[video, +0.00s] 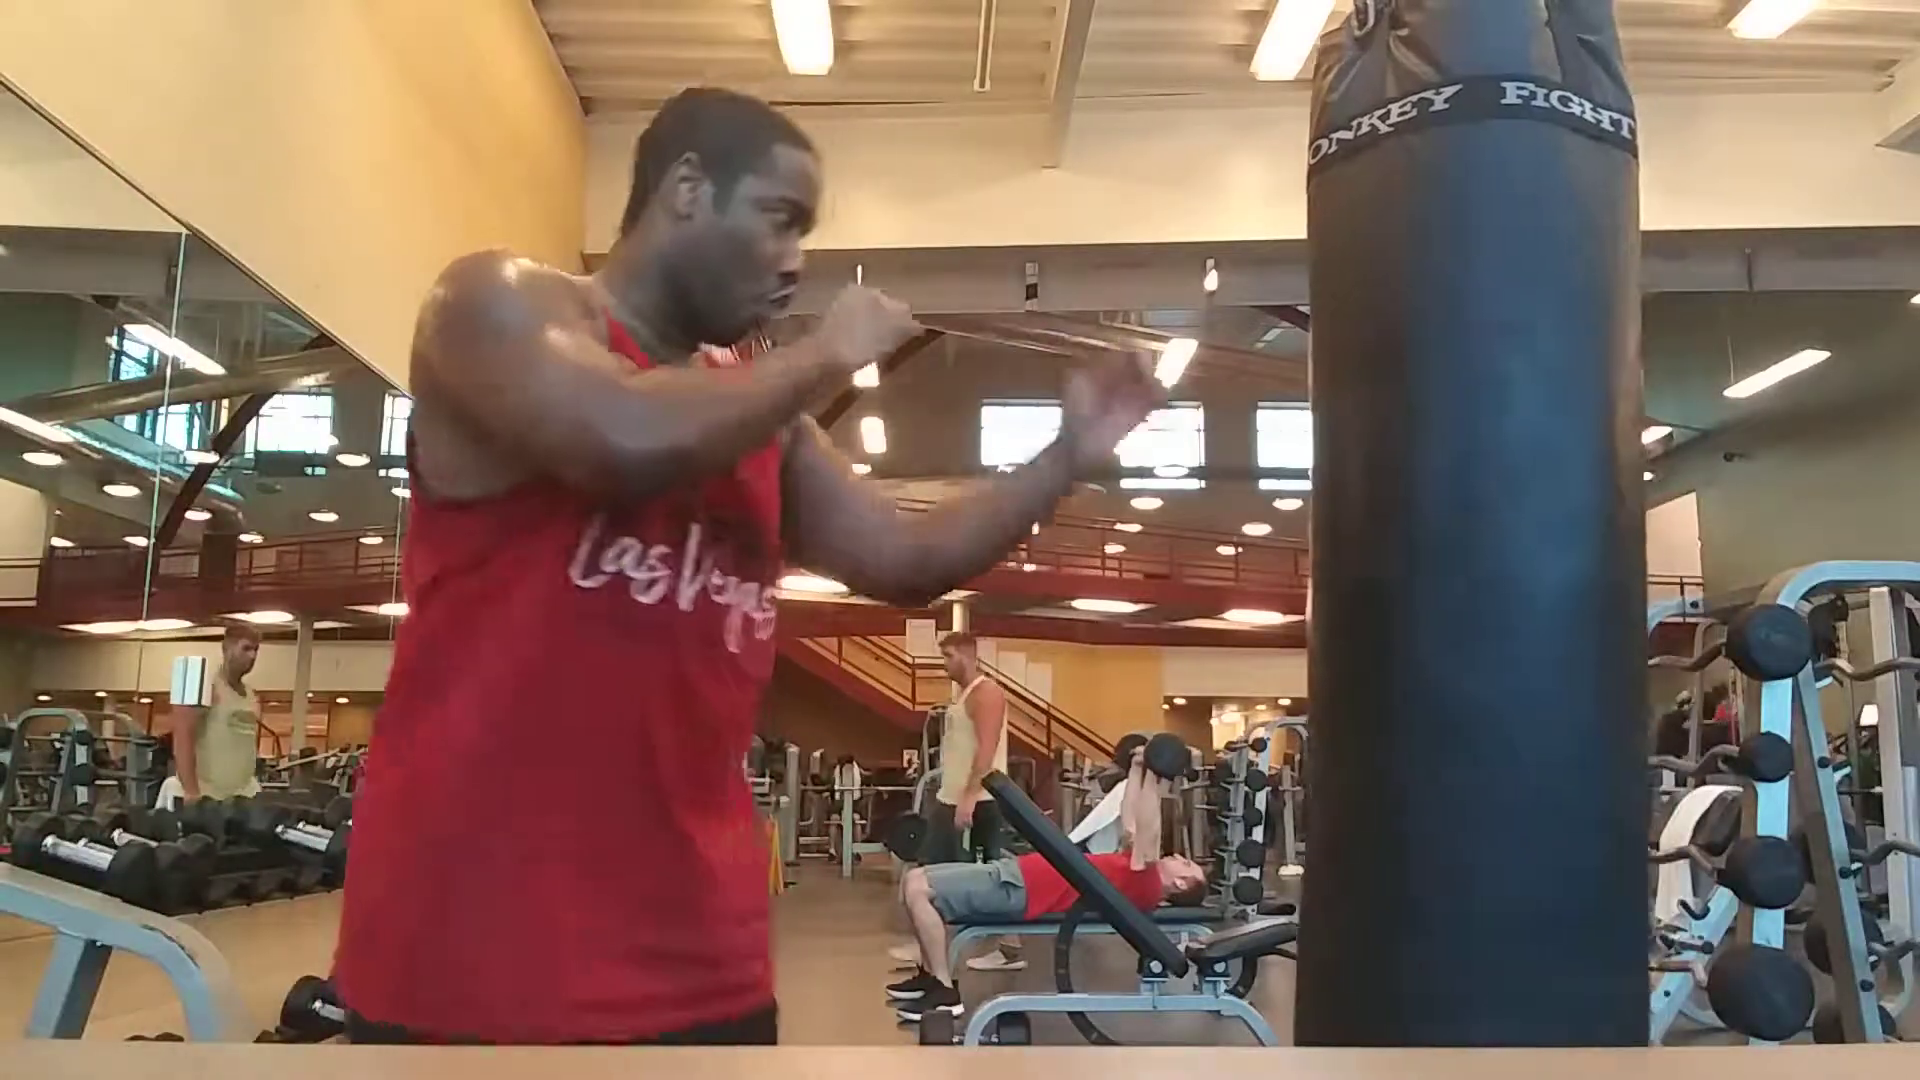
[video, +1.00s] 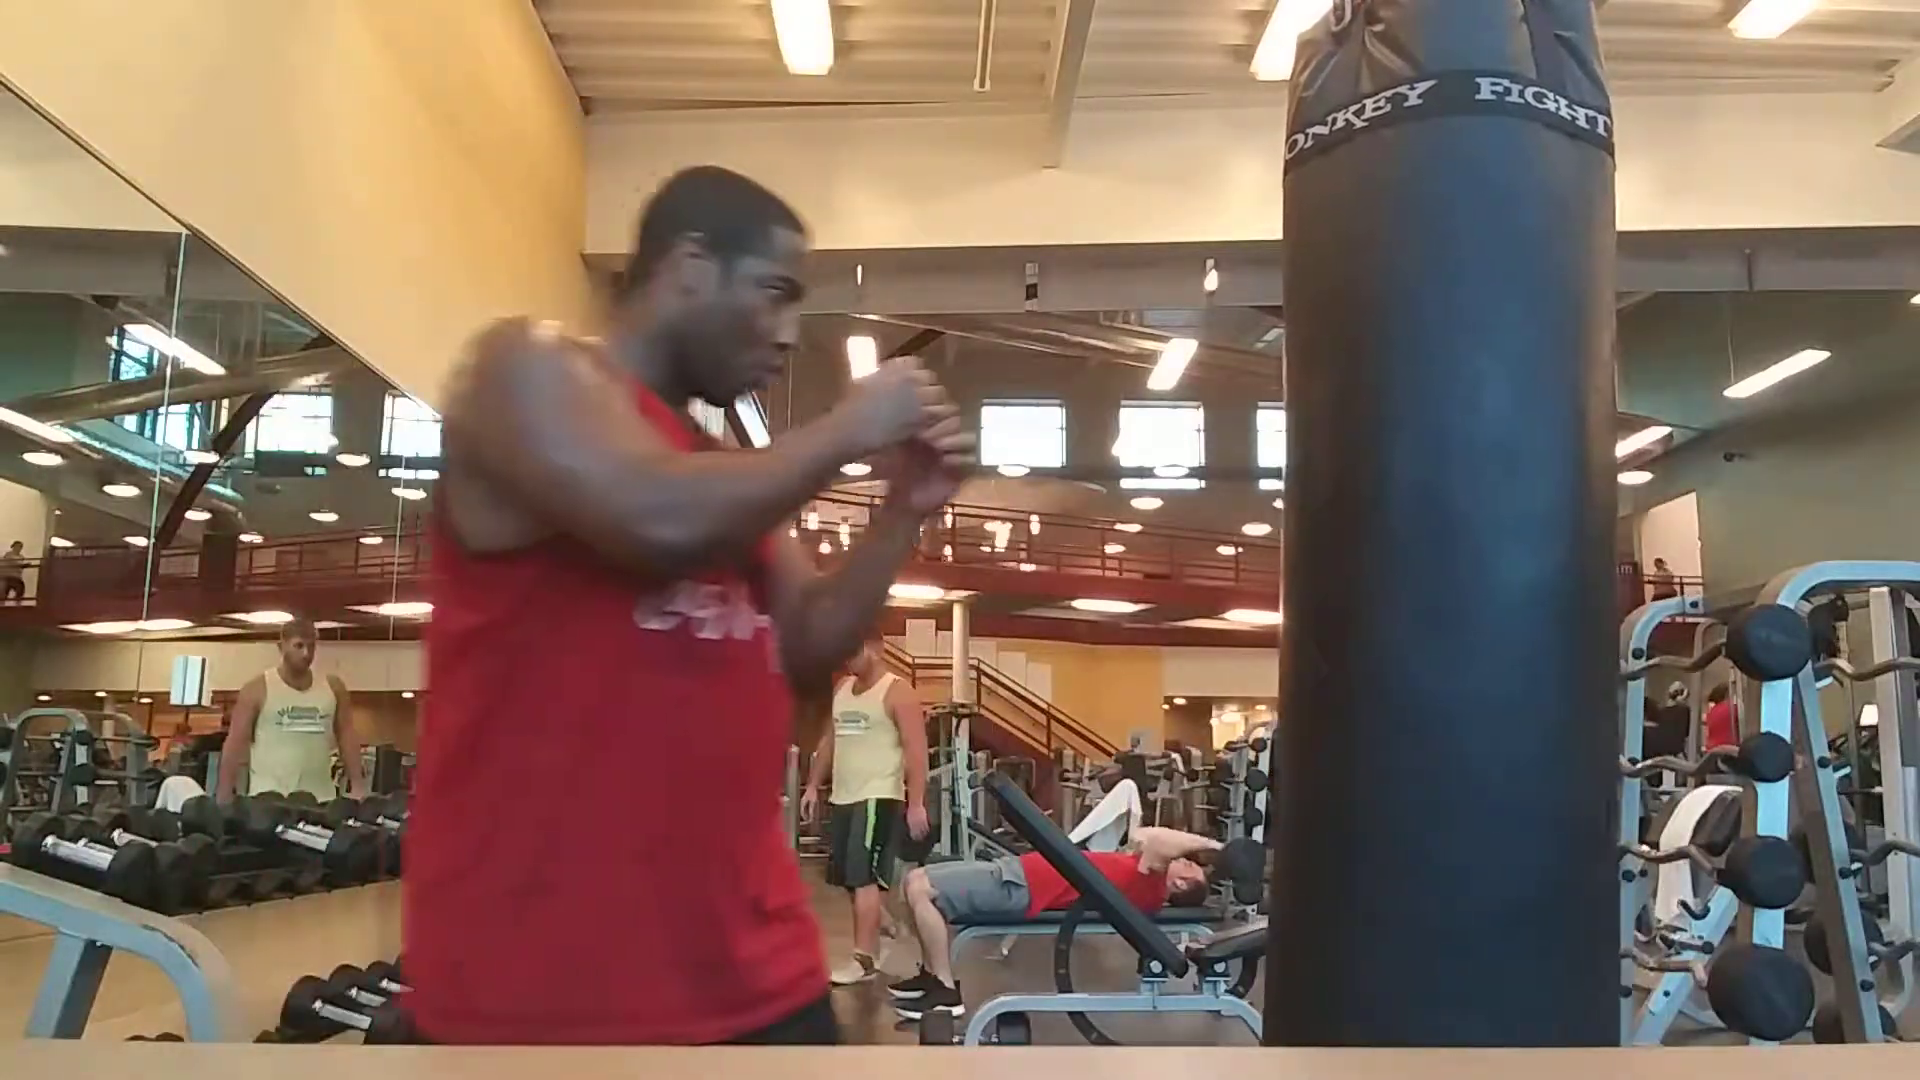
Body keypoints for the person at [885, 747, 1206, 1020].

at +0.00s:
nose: (1182, 861)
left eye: (1187, 869)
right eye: (1188, 862)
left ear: (1178, 885)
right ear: (1174, 868)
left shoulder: (1145, 886)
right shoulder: (1136, 867)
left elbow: (1151, 824)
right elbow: (1132, 822)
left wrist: (1153, 770)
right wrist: (1137, 764)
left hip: (1022, 887)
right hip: (1015, 871)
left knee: (920, 889)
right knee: (913, 879)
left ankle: (944, 989)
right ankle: (931, 977)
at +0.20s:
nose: (1183, 862)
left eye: (1189, 872)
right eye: (1188, 862)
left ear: (1179, 886)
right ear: (1173, 861)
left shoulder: (1145, 886)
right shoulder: (1136, 866)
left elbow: (1151, 828)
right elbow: (1134, 820)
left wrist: (1164, 776)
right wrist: (1151, 770)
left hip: (1022, 887)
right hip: (1015, 871)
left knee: (920, 890)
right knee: (914, 879)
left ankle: (944, 989)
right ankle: (932, 979)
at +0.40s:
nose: (1184, 860)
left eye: (1189, 871)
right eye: (1189, 860)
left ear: (1179, 886)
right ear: (1174, 861)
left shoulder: (1146, 886)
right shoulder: (1135, 867)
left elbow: (1154, 828)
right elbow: (1135, 824)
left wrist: (1173, 784)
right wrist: (1166, 781)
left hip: (1021, 887)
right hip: (1014, 870)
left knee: (922, 890)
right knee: (915, 879)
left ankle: (945, 990)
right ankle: (932, 979)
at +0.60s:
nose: (1181, 860)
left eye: (1187, 866)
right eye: (1187, 861)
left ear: (1179, 885)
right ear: (1175, 871)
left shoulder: (1148, 886)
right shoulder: (1139, 870)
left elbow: (1151, 833)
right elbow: (1138, 824)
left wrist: (1193, 803)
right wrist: (1178, 803)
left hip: (1022, 887)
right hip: (1015, 870)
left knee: (922, 890)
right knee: (913, 879)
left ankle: (944, 987)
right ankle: (930, 974)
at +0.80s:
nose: (1185, 864)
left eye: (1190, 870)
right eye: (1191, 864)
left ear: (1181, 886)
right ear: (1180, 868)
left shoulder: (1149, 888)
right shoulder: (1143, 870)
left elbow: (1155, 838)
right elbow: (1140, 834)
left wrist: (1205, 825)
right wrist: (1198, 826)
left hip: (1023, 886)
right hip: (1017, 870)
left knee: (922, 889)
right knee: (915, 880)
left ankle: (945, 989)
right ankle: (933, 979)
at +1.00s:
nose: (1188, 867)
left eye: (1193, 873)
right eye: (1193, 865)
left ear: (1184, 886)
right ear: (1184, 862)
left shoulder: (1150, 890)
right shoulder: (1145, 874)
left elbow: (1153, 838)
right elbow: (1142, 836)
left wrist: (1211, 846)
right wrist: (1195, 845)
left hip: (1023, 885)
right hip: (1018, 871)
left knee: (921, 887)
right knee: (917, 879)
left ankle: (946, 990)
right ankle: (931, 980)